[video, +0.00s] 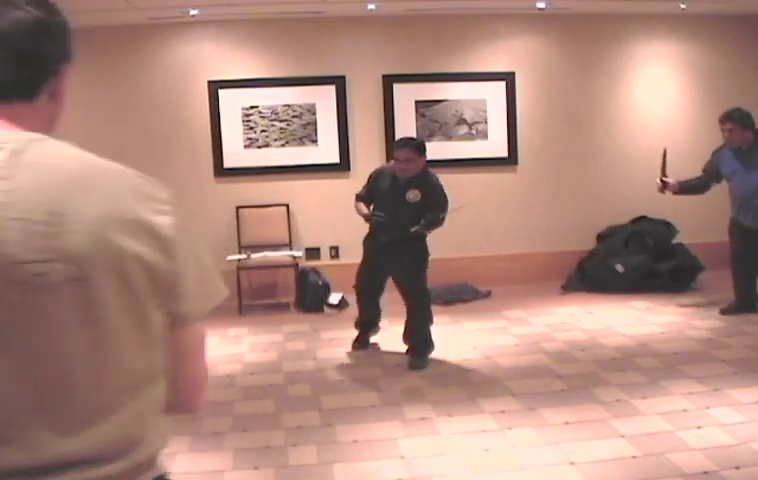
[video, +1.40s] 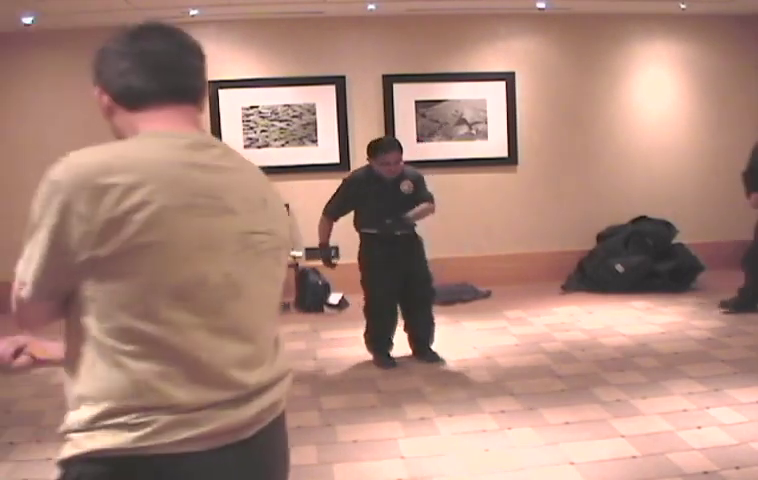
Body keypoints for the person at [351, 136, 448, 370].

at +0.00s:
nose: (401, 165)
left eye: (408, 161)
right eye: (397, 160)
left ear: (422, 161)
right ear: (392, 159)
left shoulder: (429, 183)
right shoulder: (381, 176)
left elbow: (438, 214)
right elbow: (361, 200)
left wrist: (422, 226)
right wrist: (366, 213)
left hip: (409, 246)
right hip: (378, 245)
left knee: (417, 299)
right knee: (365, 289)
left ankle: (419, 349)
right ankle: (366, 329)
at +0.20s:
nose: (406, 170)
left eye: (412, 164)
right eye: (402, 164)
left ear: (427, 163)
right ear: (396, 162)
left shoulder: (436, 185)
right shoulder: (386, 176)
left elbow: (418, 219)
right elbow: (368, 201)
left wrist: (388, 227)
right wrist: (373, 217)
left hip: (415, 245)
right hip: (382, 243)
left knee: (420, 297)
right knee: (368, 288)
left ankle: (419, 349)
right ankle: (364, 327)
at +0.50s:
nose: (405, 174)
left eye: (411, 168)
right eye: (400, 168)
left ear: (426, 166)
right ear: (395, 165)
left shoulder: (438, 188)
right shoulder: (385, 179)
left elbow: (435, 227)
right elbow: (367, 203)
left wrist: (409, 247)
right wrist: (372, 222)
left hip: (418, 246)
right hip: (383, 242)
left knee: (421, 298)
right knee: (369, 291)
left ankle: (418, 350)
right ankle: (362, 329)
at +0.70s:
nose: (405, 169)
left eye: (411, 163)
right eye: (400, 163)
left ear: (424, 161)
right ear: (394, 162)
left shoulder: (437, 185)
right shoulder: (383, 179)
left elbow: (453, 223)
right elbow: (361, 209)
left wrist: (438, 254)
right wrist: (367, 243)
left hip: (420, 249)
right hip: (384, 248)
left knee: (423, 302)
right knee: (369, 294)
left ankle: (419, 350)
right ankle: (362, 329)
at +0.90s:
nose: (402, 165)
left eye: (407, 159)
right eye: (396, 160)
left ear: (419, 158)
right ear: (389, 160)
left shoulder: (431, 181)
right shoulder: (377, 179)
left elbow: (459, 211)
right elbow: (347, 207)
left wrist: (457, 241)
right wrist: (339, 242)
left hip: (419, 248)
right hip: (383, 249)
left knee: (423, 301)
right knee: (378, 299)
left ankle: (420, 351)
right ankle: (374, 344)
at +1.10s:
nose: (395, 166)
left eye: (400, 160)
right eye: (389, 161)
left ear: (408, 158)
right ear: (378, 162)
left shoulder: (420, 179)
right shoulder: (366, 180)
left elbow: (447, 205)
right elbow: (335, 212)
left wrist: (441, 226)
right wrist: (327, 243)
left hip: (415, 249)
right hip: (380, 250)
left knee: (421, 300)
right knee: (382, 301)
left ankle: (421, 350)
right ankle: (380, 350)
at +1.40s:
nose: (392, 169)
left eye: (397, 163)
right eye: (386, 164)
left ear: (403, 159)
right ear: (373, 163)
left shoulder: (412, 177)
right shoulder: (358, 182)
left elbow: (428, 204)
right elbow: (328, 215)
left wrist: (409, 217)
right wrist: (324, 246)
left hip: (407, 244)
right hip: (375, 247)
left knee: (419, 296)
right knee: (380, 301)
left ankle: (422, 346)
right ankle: (380, 350)